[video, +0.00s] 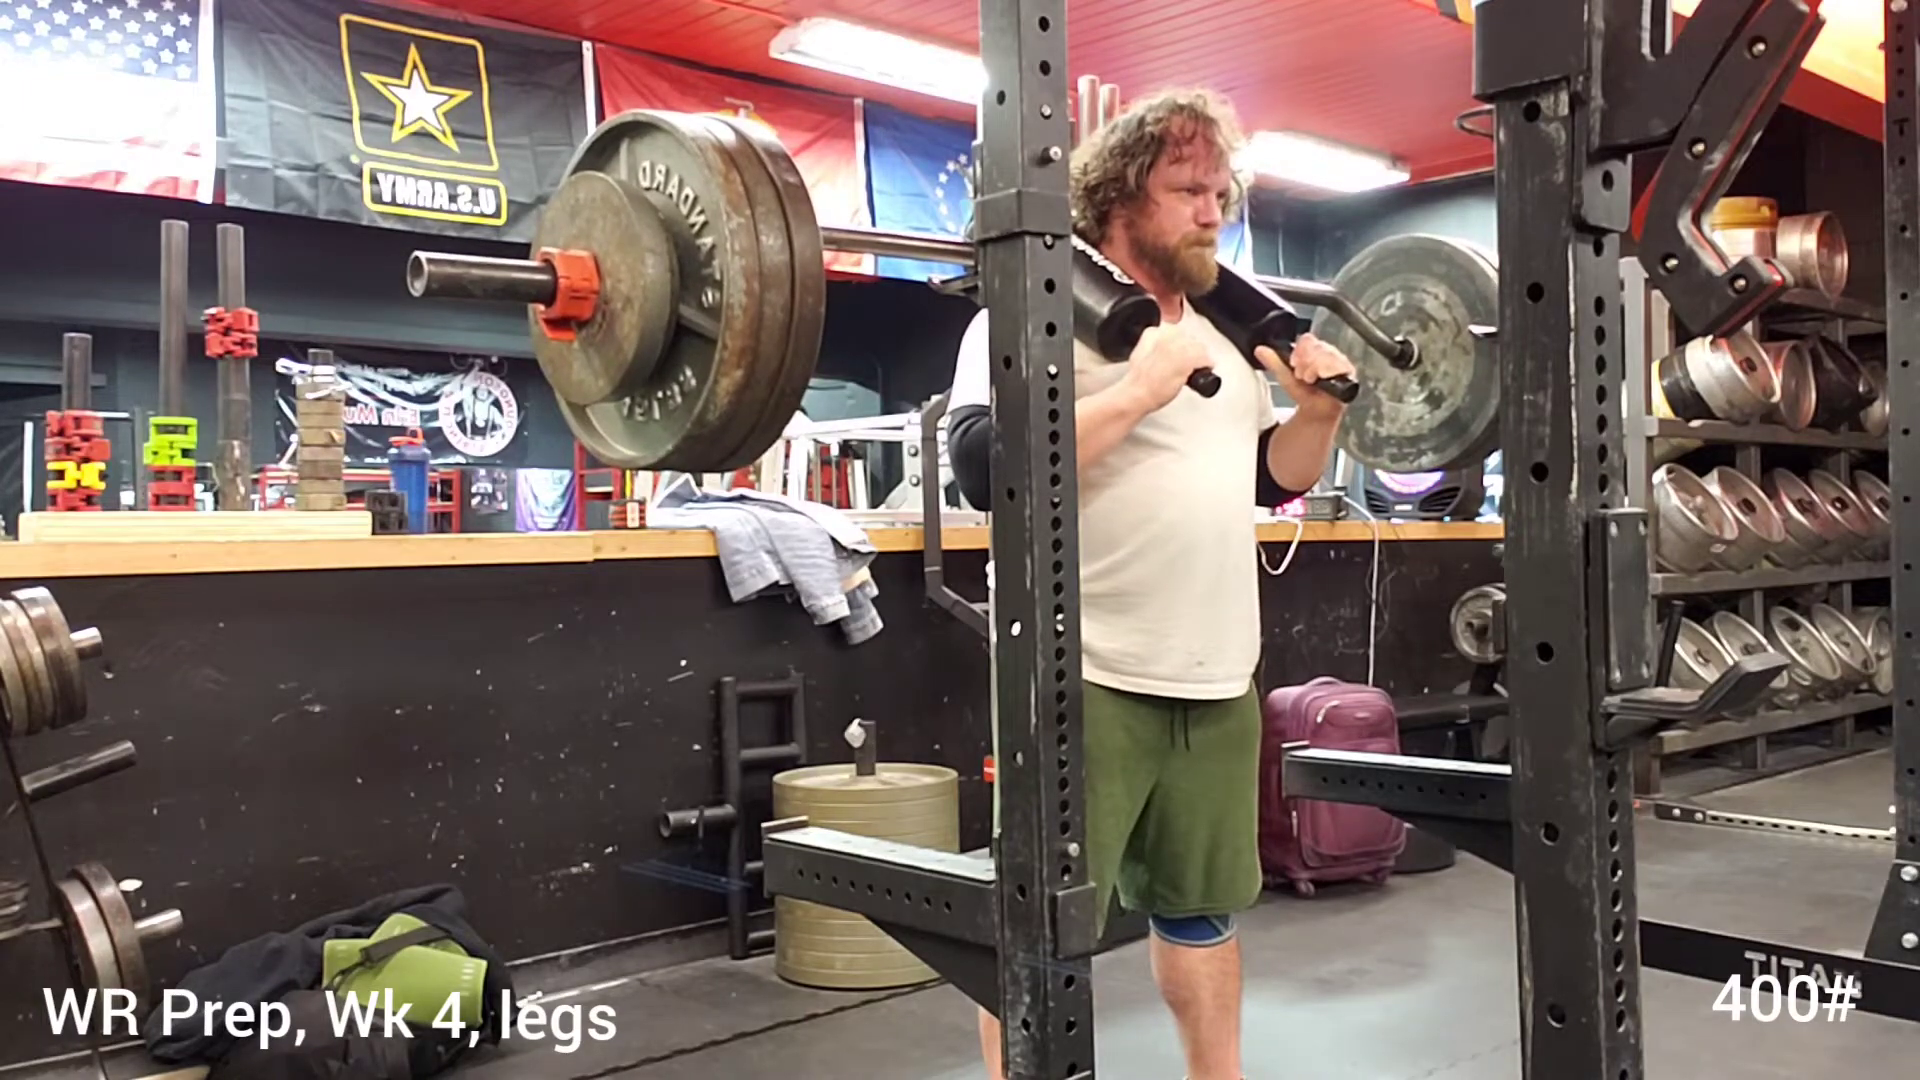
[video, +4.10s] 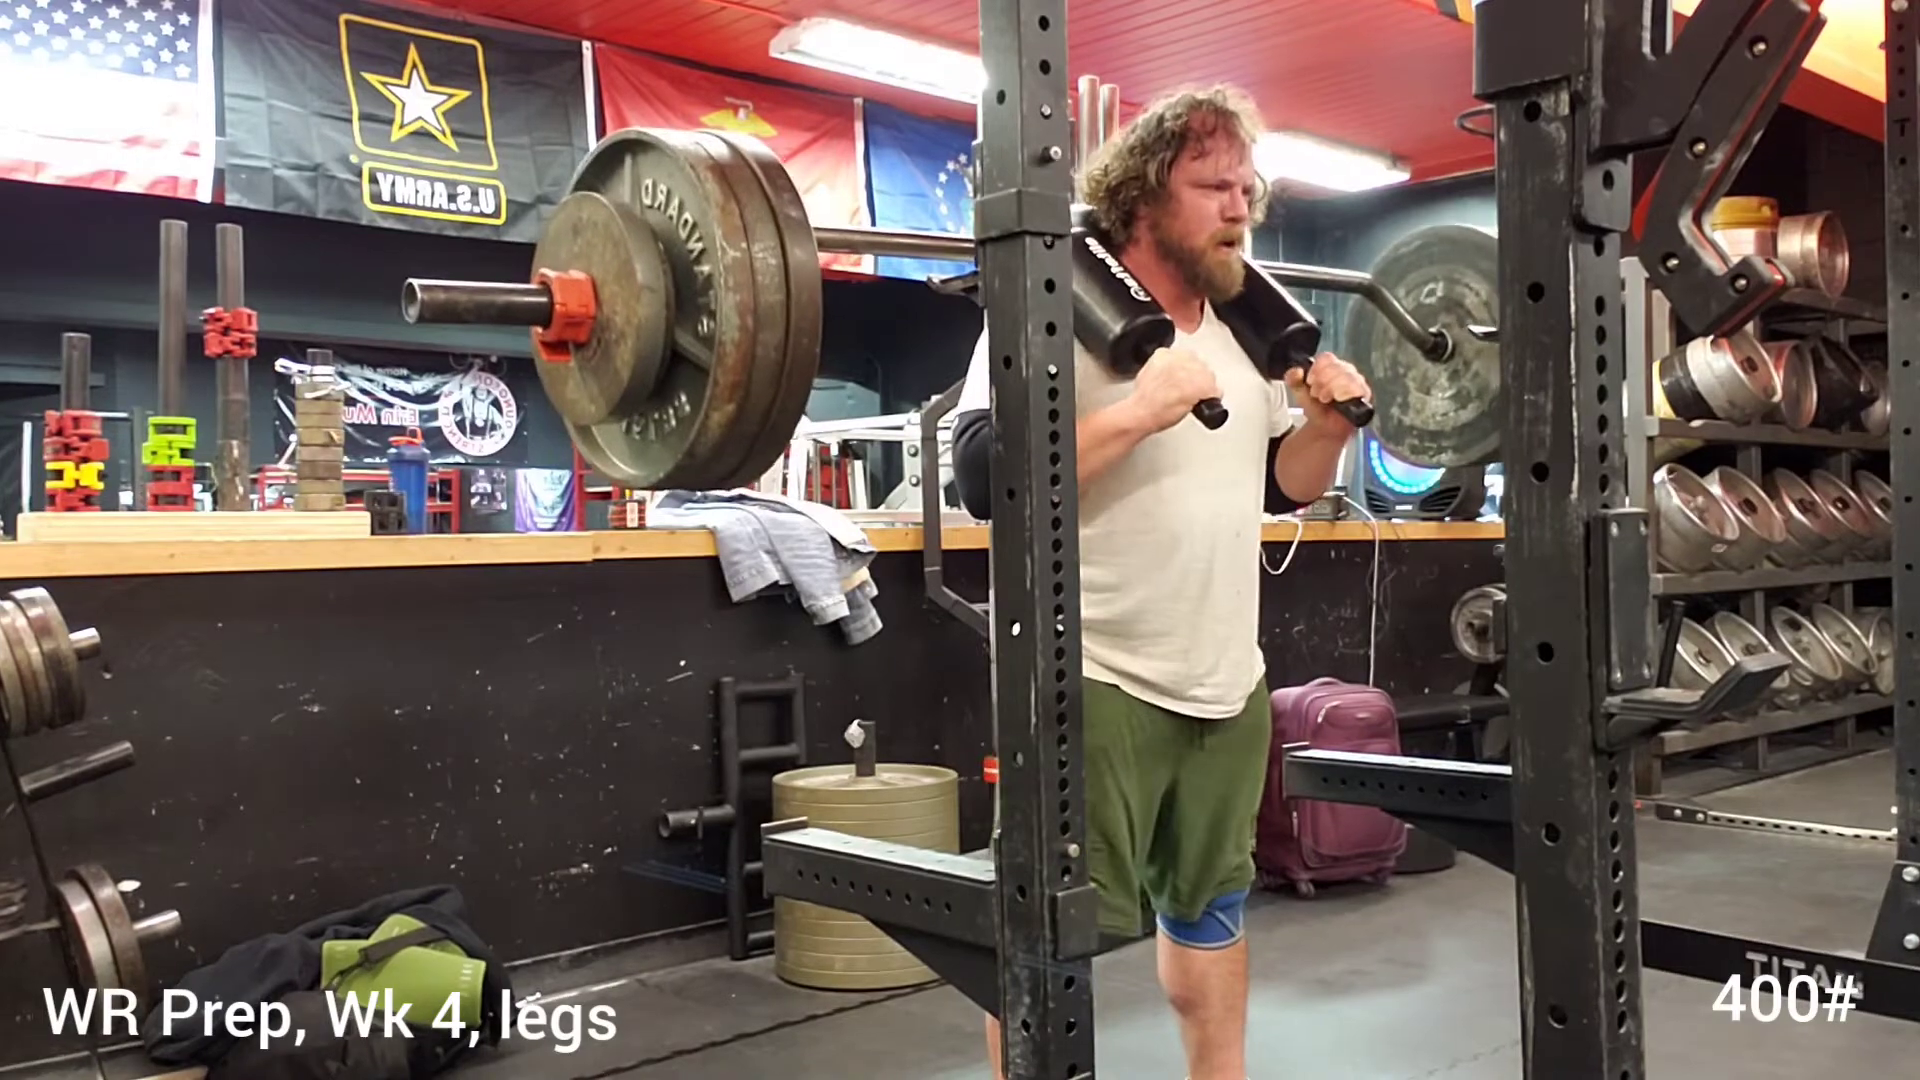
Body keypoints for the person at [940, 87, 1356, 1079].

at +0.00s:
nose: (1215, 211)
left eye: (1221, 192)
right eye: (1192, 189)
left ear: (1225, 202)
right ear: (1122, 193)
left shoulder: (1225, 334)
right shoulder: (1030, 315)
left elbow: (1284, 475)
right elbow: (985, 469)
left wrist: (1320, 403)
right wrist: (1132, 394)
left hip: (1218, 681)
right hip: (1084, 677)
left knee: (1201, 920)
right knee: (1044, 930)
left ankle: (1218, 1076)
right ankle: (1013, 1072)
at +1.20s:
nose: (1236, 321)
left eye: (1242, 299)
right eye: (1211, 299)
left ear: (1250, 303)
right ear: (1142, 310)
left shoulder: (1244, 416)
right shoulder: (1058, 409)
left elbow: (1290, 588)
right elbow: (1012, 597)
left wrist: (1332, 527)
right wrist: (1148, 535)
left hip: (1189, 731)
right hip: (1056, 732)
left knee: (1285, 899)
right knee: (1051, 949)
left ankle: (1230, 1074)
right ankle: (1018, 1073)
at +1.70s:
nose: (1248, 441)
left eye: (1256, 421)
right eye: (1222, 422)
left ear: (1267, 426)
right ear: (1151, 434)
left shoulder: (1260, 528)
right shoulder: (1060, 536)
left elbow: (1306, 704)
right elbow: (1030, 733)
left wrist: (1346, 646)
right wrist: (1161, 676)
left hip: (1177, 787)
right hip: (1030, 792)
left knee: (1304, 904)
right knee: (1067, 942)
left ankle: (1232, 1074)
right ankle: (1016, 1068)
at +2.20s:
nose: (1272, 592)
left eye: (1277, 569)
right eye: (1244, 572)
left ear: (1288, 564)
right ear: (1174, 578)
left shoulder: (1275, 661)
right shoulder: (1084, 673)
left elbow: (1332, 832)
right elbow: (1028, 857)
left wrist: (1361, 782)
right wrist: (1175, 830)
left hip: (1222, 898)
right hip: (1096, 911)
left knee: (1354, 925)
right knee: (1082, 984)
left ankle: (1239, 1075)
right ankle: (1023, 1069)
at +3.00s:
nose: (1263, 450)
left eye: (1272, 433)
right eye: (1238, 432)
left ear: (1284, 441)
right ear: (1170, 444)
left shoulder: (1269, 540)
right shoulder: (1077, 540)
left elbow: (1326, 715)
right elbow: (1035, 731)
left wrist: (1354, 658)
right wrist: (1172, 682)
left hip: (1184, 792)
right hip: (1038, 800)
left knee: (1316, 906)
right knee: (1084, 952)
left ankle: (1236, 1073)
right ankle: (1021, 1068)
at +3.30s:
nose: (1250, 334)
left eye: (1261, 318)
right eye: (1226, 314)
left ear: (1269, 336)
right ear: (1162, 324)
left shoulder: (1259, 438)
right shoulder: (1068, 426)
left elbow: (1310, 617)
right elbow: (1006, 614)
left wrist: (1341, 552)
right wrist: (1159, 564)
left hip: (1203, 743)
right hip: (1068, 746)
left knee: (1304, 904)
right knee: (1066, 954)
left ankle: (1236, 1074)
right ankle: (1011, 1069)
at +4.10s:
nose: (1242, 207)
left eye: (1247, 186)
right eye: (1217, 184)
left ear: (1249, 195)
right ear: (1147, 191)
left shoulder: (1246, 323)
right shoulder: (1051, 297)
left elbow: (1286, 485)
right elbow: (983, 475)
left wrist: (1329, 422)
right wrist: (1134, 413)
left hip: (1227, 681)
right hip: (1096, 677)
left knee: (1209, 923)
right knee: (1053, 936)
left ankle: (1219, 1073)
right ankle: (1026, 1072)